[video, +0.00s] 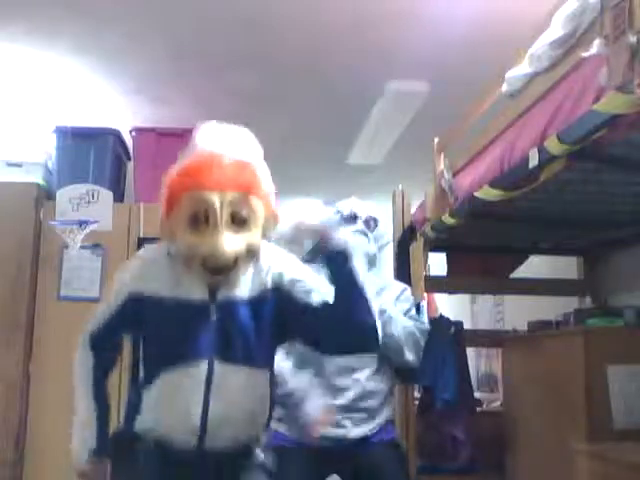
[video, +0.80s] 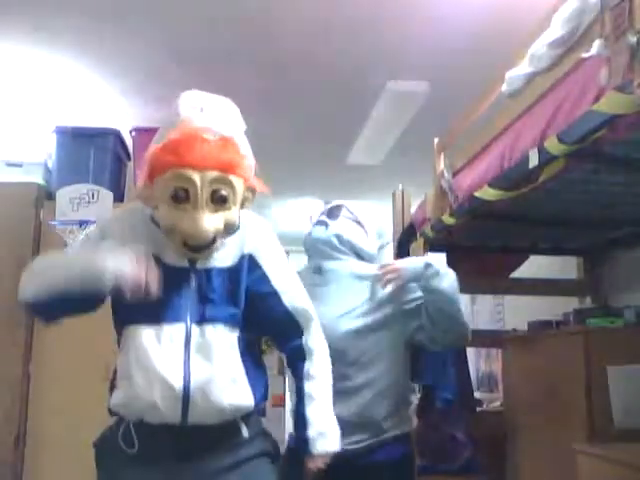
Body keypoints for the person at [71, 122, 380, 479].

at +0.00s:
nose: (219, 239)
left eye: (238, 220)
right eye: (201, 220)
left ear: (262, 224)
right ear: (173, 223)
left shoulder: (273, 281)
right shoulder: (148, 276)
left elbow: (357, 340)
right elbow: (94, 350)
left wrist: (337, 256)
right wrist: (93, 446)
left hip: (237, 462)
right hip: (155, 459)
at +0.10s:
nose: (217, 232)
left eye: (238, 208)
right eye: (198, 205)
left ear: (268, 216)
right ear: (169, 210)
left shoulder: (275, 277)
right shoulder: (147, 270)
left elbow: (359, 310)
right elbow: (107, 353)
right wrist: (103, 444)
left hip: (235, 459)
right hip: (154, 455)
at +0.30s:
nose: (210, 248)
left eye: (232, 224)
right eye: (193, 222)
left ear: (263, 229)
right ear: (169, 225)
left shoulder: (278, 283)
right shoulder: (151, 288)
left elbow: (339, 310)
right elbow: (120, 394)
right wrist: (105, 469)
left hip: (244, 469)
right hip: (156, 467)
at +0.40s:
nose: (211, 249)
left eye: (232, 225)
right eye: (192, 223)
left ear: (259, 232)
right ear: (167, 230)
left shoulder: (276, 280)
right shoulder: (148, 287)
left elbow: (349, 324)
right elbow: (114, 394)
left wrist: (394, 388)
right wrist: (99, 467)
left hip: (244, 466)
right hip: (156, 464)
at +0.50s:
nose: (211, 241)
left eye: (230, 219)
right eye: (191, 218)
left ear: (254, 223)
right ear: (160, 222)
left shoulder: (266, 279)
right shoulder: (138, 278)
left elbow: (325, 355)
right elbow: (90, 376)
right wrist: (81, 467)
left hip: (236, 464)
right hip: (151, 465)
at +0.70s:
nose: (202, 230)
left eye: (221, 209)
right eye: (182, 207)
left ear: (243, 212)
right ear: (151, 205)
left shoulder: (252, 260)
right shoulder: (122, 251)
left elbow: (299, 354)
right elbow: (51, 309)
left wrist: (328, 451)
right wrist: (109, 352)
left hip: (231, 454)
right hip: (139, 455)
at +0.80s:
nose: (199, 219)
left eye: (219, 198)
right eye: (180, 196)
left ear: (242, 201)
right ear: (151, 194)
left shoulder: (253, 243)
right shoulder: (126, 232)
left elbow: (304, 337)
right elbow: (35, 292)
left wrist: (317, 435)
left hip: (235, 450)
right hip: (139, 450)